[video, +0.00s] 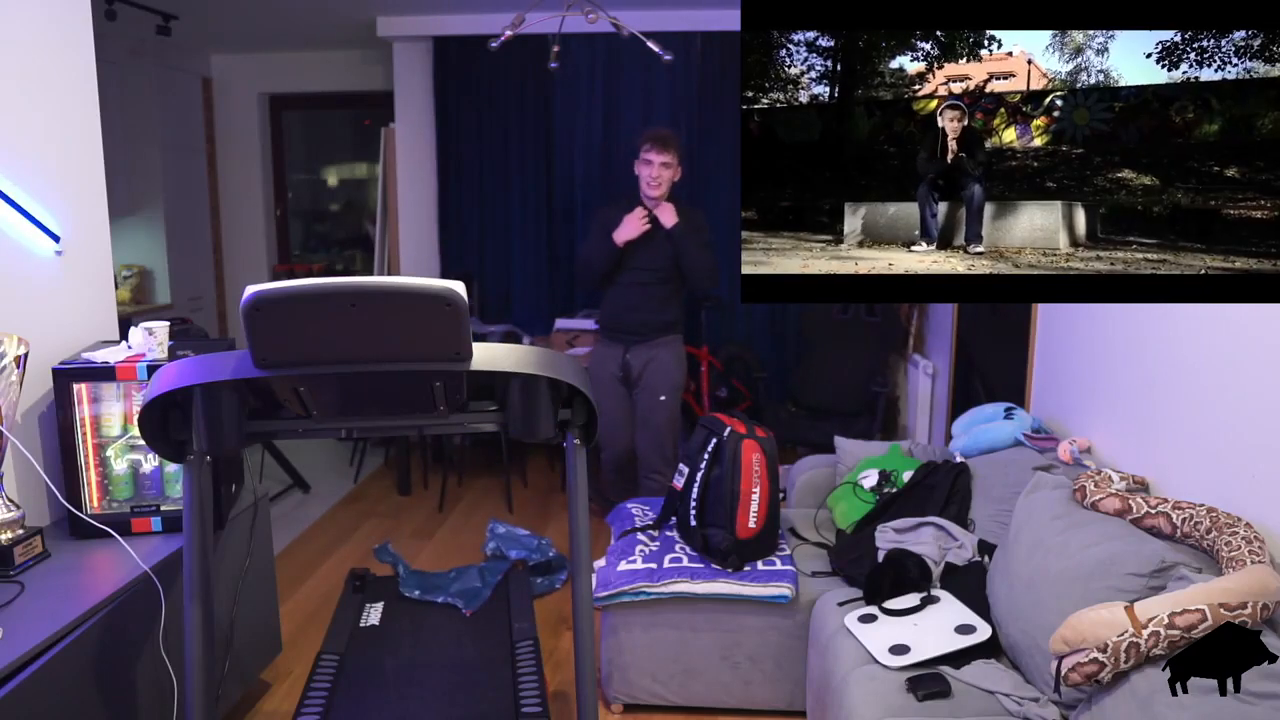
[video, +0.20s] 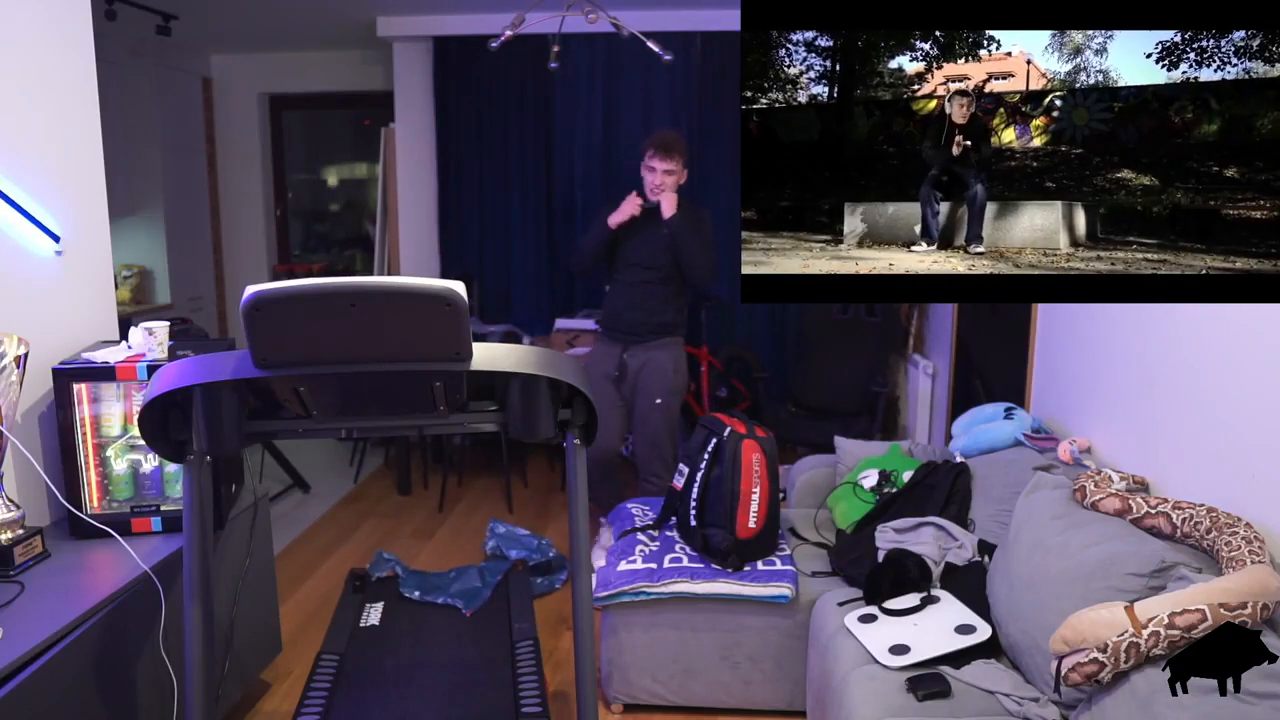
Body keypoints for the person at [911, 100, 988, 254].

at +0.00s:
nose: (955, 125)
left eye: (959, 120)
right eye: (951, 120)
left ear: (965, 121)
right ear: (942, 121)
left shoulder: (972, 136)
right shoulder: (934, 136)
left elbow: (978, 170)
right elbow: (923, 168)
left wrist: (958, 155)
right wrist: (947, 160)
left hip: (963, 181)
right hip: (941, 181)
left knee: (976, 190)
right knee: (925, 191)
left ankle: (973, 242)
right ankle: (928, 240)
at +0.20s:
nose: (965, 110)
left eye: (969, 106)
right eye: (961, 106)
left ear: (972, 108)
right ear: (950, 107)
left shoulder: (978, 125)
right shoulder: (938, 124)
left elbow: (985, 155)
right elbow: (929, 154)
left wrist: (969, 149)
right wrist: (951, 152)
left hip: (968, 171)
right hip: (943, 170)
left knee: (978, 192)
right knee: (928, 191)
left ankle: (974, 242)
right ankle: (929, 240)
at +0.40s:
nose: (913, 78)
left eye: (922, 72)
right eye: (908, 72)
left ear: (936, 80)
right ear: (901, 78)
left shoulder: (952, 122)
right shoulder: (887, 122)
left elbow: (959, 182)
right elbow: (869, 172)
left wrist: (910, 212)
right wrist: (895, 214)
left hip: (936, 239)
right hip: (893, 238)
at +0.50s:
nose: (913, 78)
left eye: (921, 72)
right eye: (907, 71)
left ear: (936, 79)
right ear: (900, 78)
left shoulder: (952, 122)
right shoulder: (886, 122)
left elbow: (959, 182)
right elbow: (869, 172)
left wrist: (910, 212)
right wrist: (894, 214)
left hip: (935, 240)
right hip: (893, 238)